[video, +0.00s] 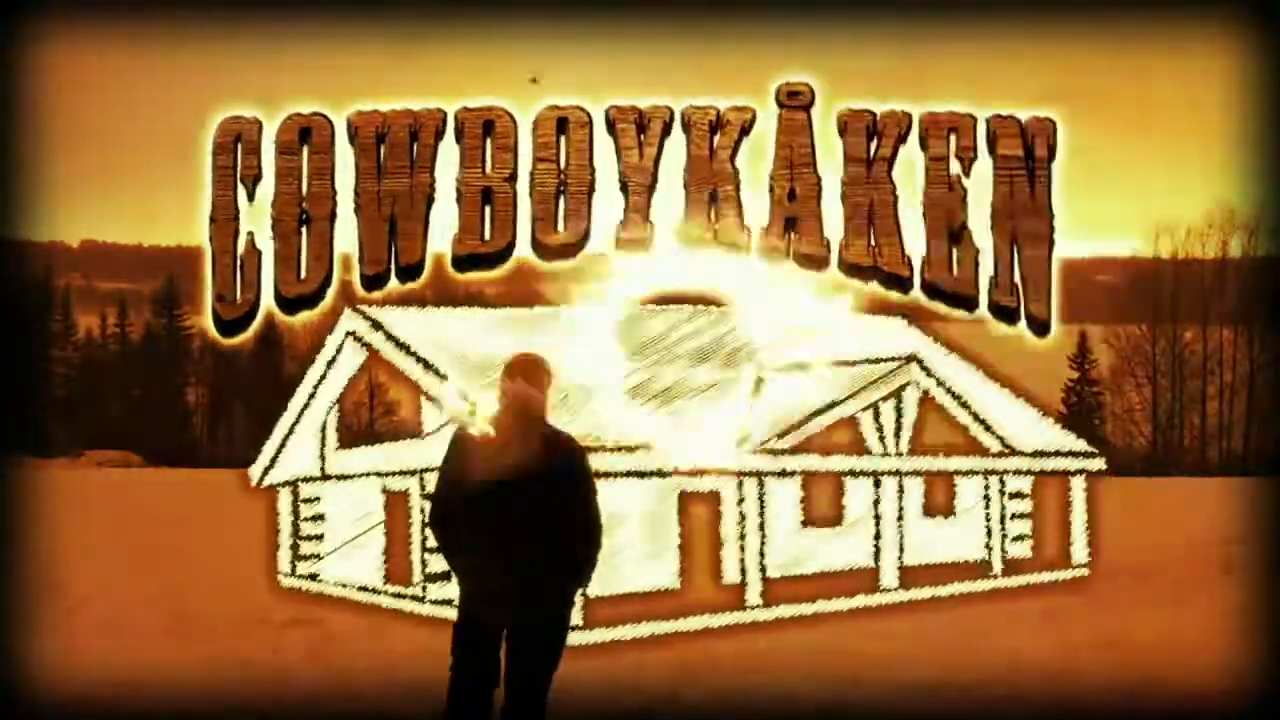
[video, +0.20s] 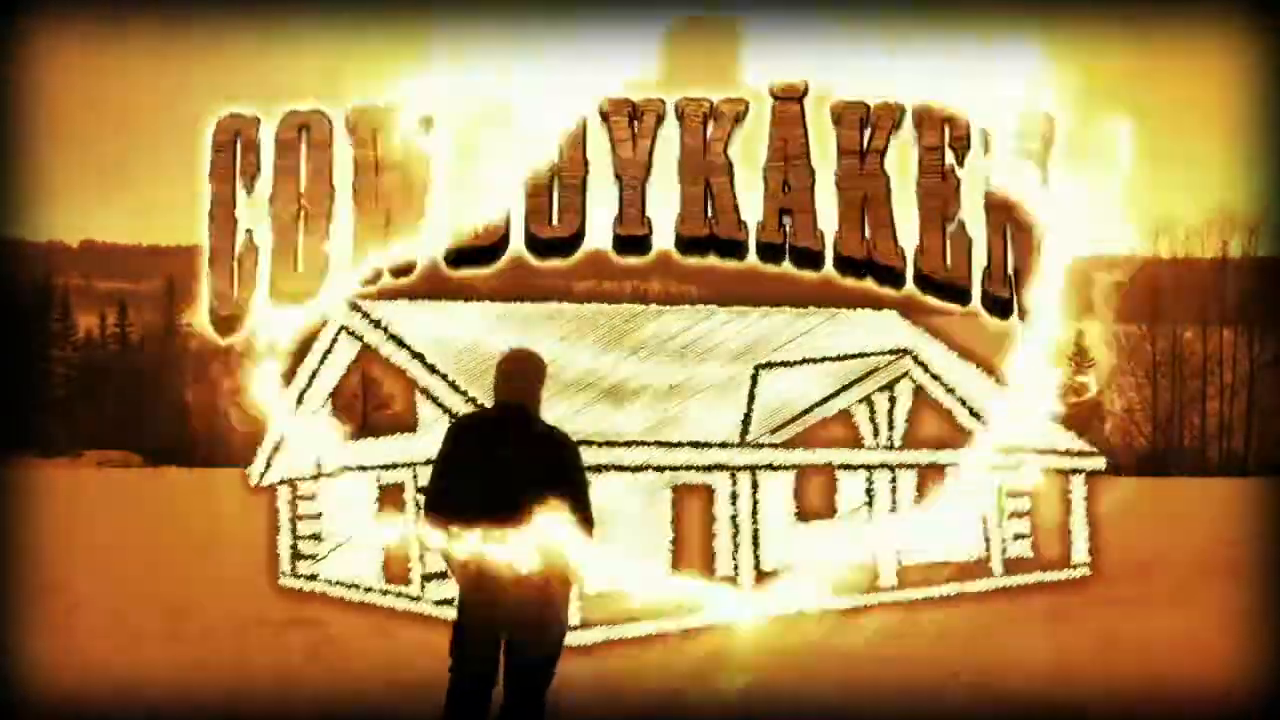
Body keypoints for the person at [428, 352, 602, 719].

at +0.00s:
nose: (525, 395)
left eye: (530, 385)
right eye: (523, 385)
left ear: (500, 388)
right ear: (546, 391)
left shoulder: (469, 445)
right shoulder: (566, 452)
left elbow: (442, 516)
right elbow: (588, 529)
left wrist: (470, 571)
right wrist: (570, 581)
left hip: (481, 593)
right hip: (545, 597)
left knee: (469, 692)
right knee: (528, 698)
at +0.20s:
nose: (524, 392)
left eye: (521, 383)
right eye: (529, 384)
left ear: (495, 384)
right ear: (539, 388)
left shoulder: (465, 433)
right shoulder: (557, 444)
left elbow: (437, 509)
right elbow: (579, 522)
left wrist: (459, 561)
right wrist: (560, 570)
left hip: (478, 594)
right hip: (541, 599)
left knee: (468, 691)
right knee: (526, 699)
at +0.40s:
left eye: (506, 381)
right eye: (527, 383)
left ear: (493, 384)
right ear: (537, 388)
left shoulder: (463, 433)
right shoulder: (557, 445)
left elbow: (434, 510)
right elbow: (579, 525)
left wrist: (460, 565)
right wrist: (562, 575)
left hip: (474, 586)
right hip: (537, 591)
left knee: (461, 687)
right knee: (521, 693)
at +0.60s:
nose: (522, 390)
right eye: (527, 382)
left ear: (491, 383)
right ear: (535, 386)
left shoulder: (461, 434)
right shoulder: (557, 443)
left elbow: (433, 508)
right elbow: (580, 518)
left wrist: (454, 560)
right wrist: (566, 570)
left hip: (473, 586)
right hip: (538, 590)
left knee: (462, 685)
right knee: (522, 691)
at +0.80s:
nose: (521, 390)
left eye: (508, 381)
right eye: (527, 383)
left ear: (493, 383)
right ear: (536, 387)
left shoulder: (460, 435)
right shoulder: (559, 444)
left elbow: (434, 510)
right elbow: (581, 519)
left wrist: (456, 561)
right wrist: (566, 570)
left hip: (473, 587)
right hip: (538, 592)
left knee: (462, 688)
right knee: (522, 691)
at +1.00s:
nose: (522, 392)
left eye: (509, 382)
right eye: (529, 384)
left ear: (495, 384)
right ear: (539, 389)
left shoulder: (463, 434)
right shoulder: (561, 444)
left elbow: (436, 508)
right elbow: (582, 521)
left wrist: (459, 561)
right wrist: (566, 572)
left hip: (475, 587)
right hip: (540, 591)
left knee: (463, 688)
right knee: (522, 693)